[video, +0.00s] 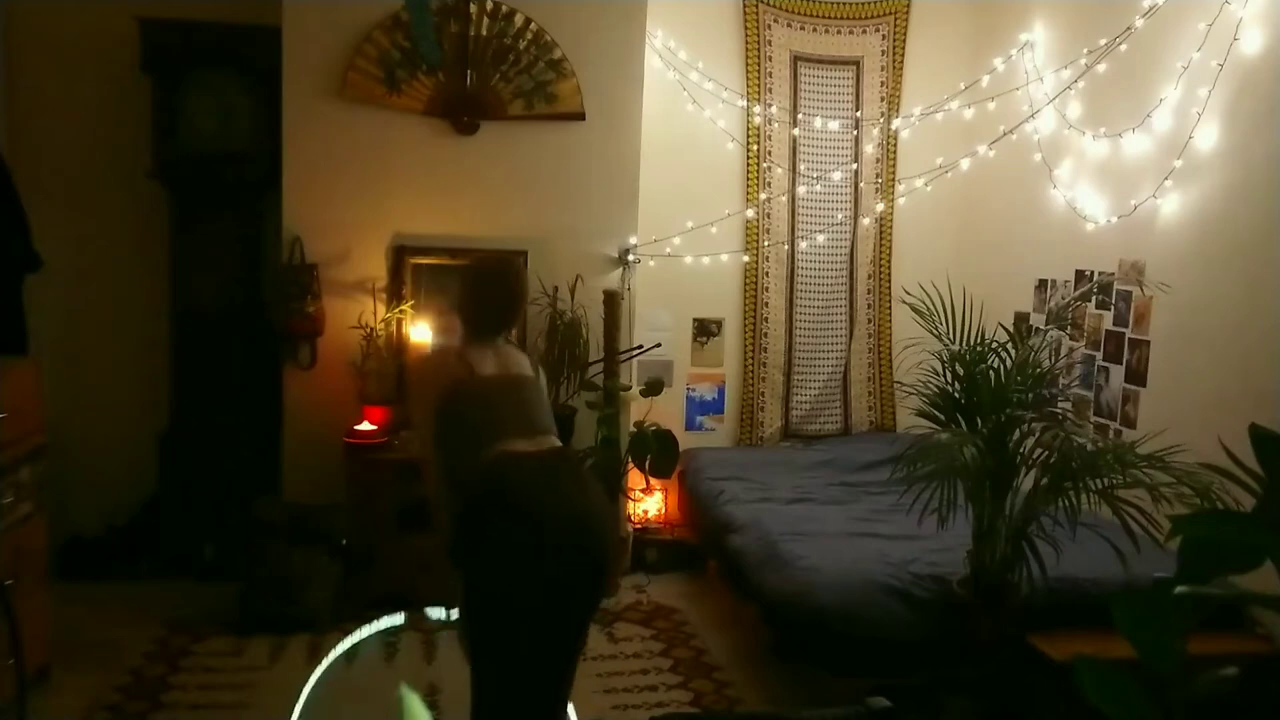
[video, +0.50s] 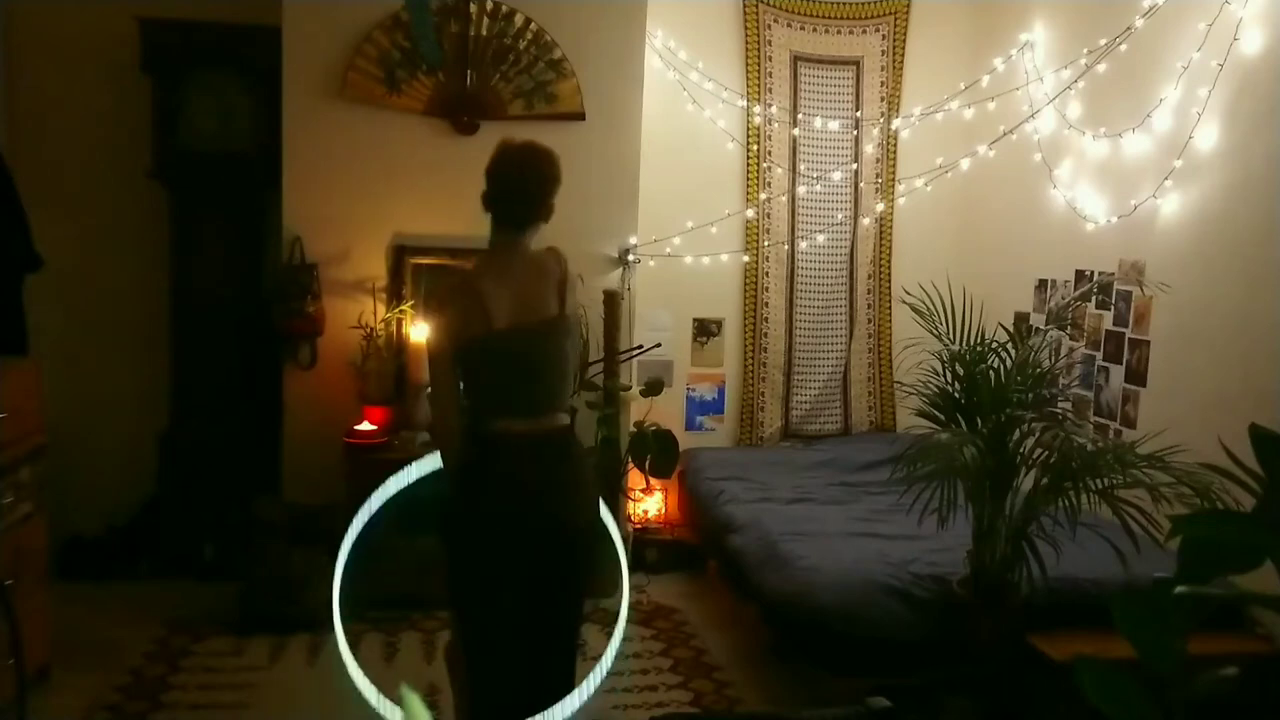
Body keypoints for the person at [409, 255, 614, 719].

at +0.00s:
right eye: (512, 301)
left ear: (463, 303)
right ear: (516, 308)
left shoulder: (440, 368)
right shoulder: (526, 365)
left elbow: (432, 458)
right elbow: (548, 441)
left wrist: (444, 527)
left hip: (488, 519)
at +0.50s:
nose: (546, 204)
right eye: (547, 194)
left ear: (486, 197)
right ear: (549, 203)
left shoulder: (455, 292)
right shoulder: (559, 272)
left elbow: (444, 409)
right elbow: (572, 378)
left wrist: (461, 477)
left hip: (488, 473)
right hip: (557, 471)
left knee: (487, 629)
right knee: (551, 629)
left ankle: (489, 708)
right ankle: (545, 707)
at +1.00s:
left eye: (508, 204)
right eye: (565, 207)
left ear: (502, 212)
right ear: (565, 214)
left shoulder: (460, 308)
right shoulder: (573, 304)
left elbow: (430, 416)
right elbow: (556, 215)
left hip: (465, 487)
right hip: (545, 498)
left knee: (415, 656)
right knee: (534, 675)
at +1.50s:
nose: (407, 220)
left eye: (411, 208)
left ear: (412, 219)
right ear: (474, 233)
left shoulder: (347, 304)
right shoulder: (481, 311)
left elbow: (307, 424)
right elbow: (531, 245)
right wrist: (498, 148)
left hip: (367, 520)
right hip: (453, 523)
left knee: (328, 685)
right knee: (491, 685)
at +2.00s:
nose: (393, 247)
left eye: (393, 231)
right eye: (384, 230)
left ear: (334, 231)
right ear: (340, 230)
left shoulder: (280, 308)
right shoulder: (343, 324)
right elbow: (464, 354)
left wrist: (452, 326)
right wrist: (533, 271)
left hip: (287, 525)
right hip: (341, 534)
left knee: (295, 700)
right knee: (441, 697)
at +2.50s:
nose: (407, 246)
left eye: (409, 232)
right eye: (404, 231)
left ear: (335, 225)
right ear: (377, 229)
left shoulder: (287, 310)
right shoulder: (371, 321)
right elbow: (395, 450)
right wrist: (479, 520)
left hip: (299, 543)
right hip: (371, 550)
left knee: (303, 704)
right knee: (471, 701)